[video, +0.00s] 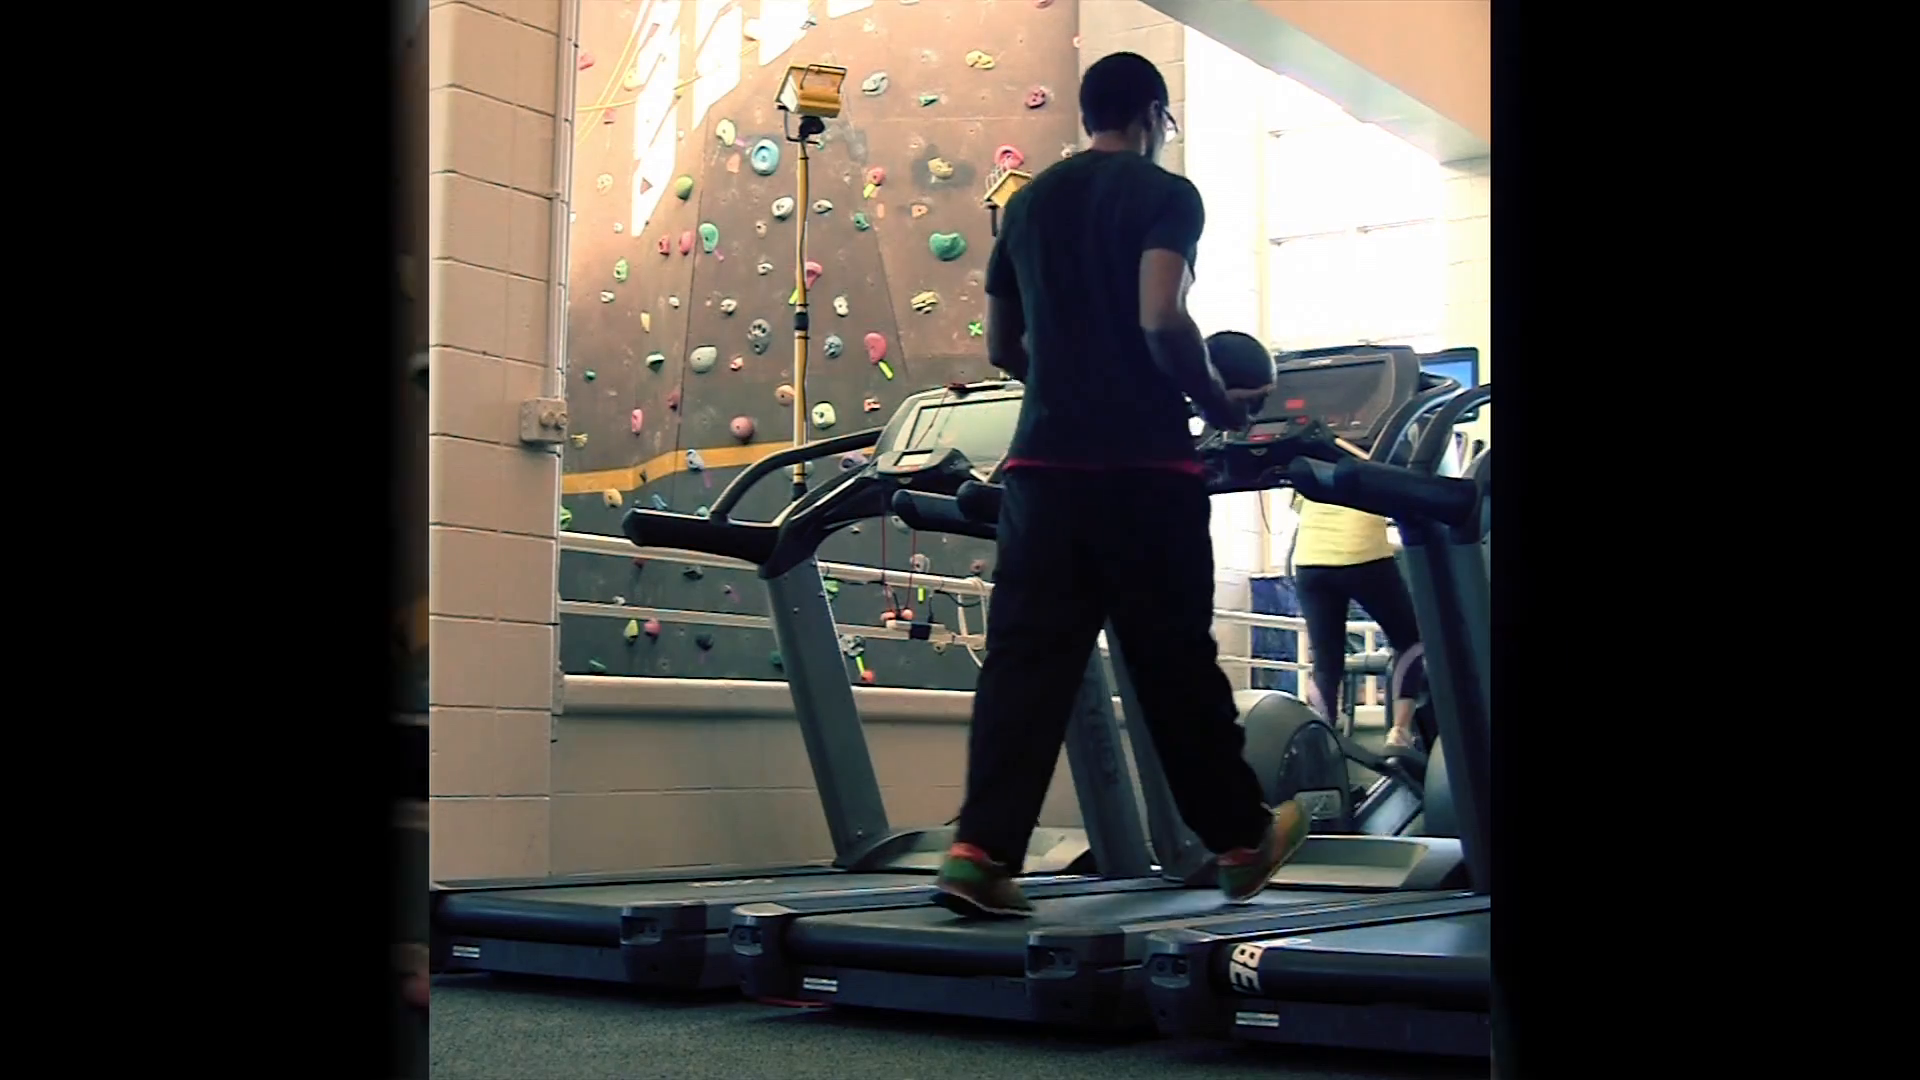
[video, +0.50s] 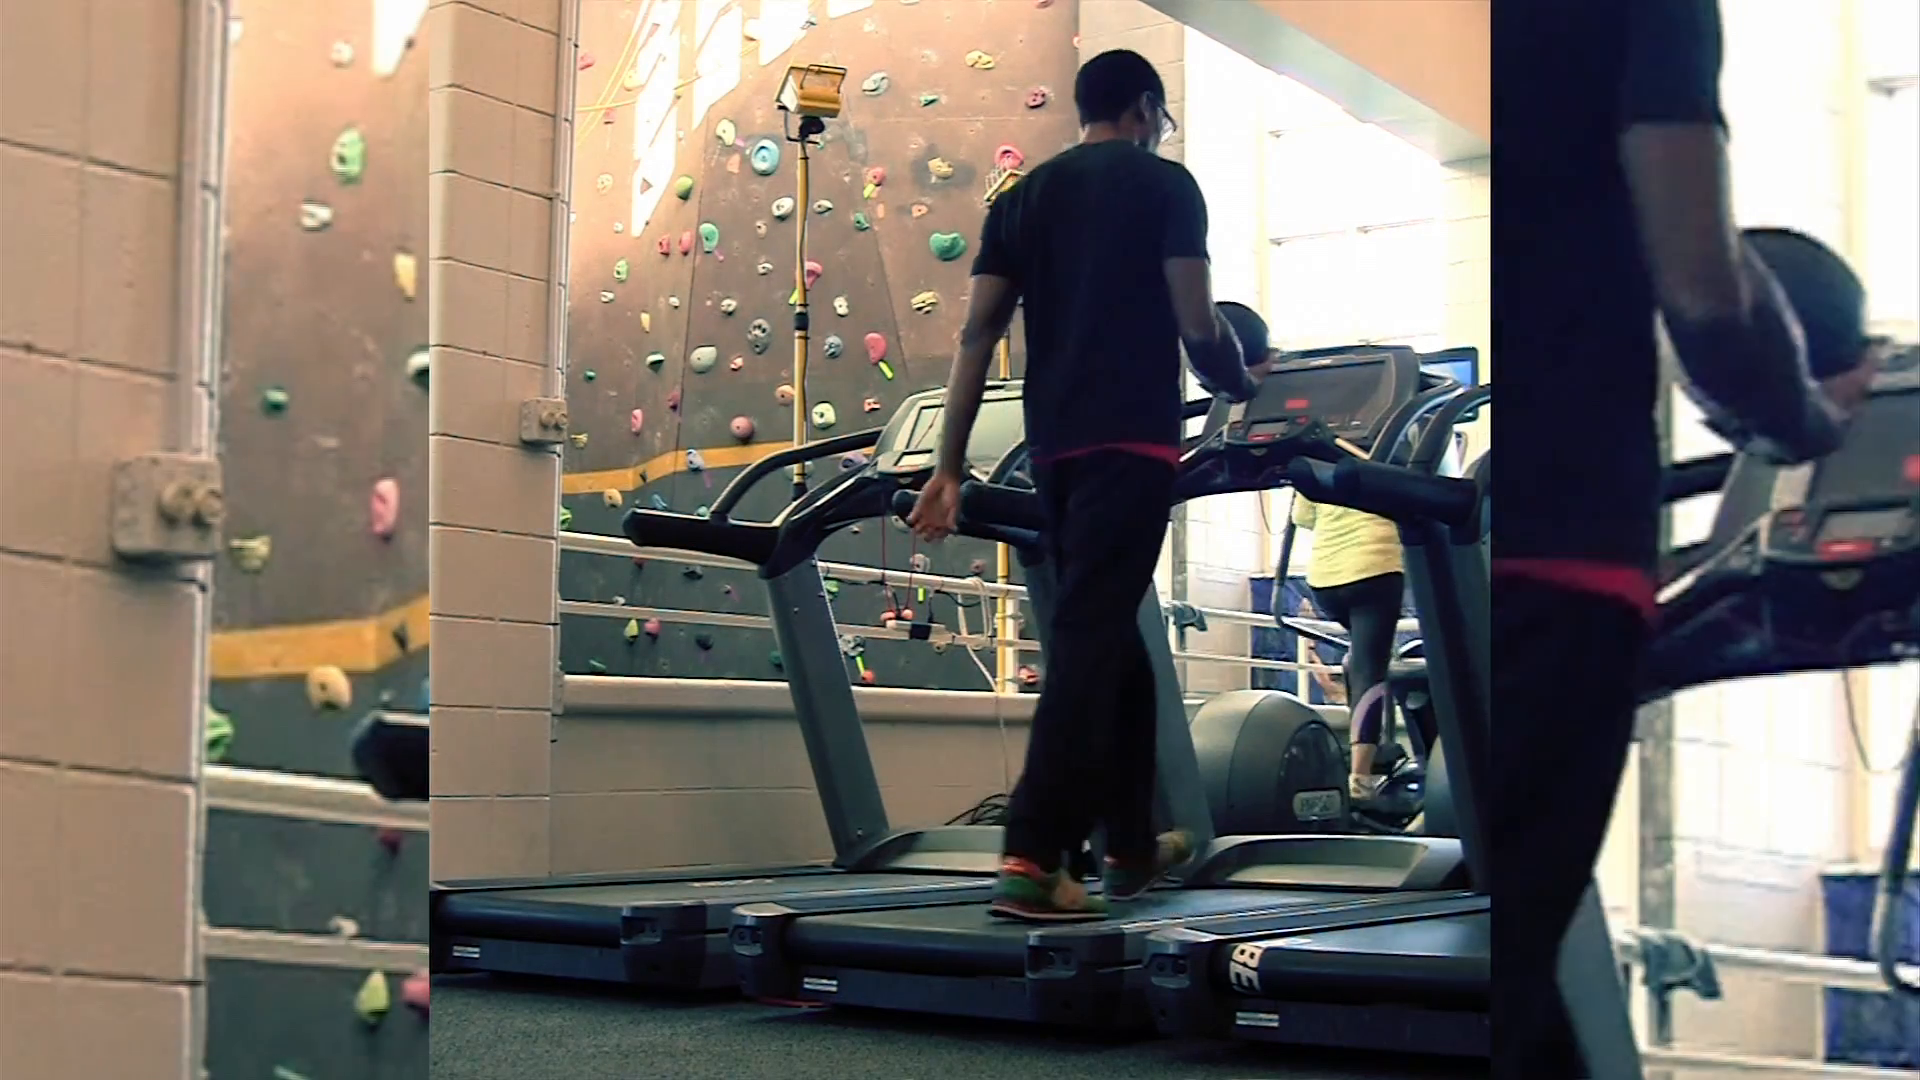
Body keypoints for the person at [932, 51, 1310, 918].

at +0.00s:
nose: (1169, 133)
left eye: (1164, 123)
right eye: (1168, 122)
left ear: (1085, 118)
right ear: (1154, 117)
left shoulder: (1023, 202)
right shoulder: (1166, 192)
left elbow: (1005, 347)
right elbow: (1160, 319)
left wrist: (1078, 382)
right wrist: (1218, 400)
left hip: (1043, 475)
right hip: (1146, 475)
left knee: (1022, 661)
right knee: (1175, 659)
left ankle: (980, 852)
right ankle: (1241, 841)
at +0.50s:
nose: (1162, 132)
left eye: (1161, 121)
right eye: (1161, 118)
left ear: (1081, 112)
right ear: (1143, 111)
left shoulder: (1020, 197)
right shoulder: (1165, 182)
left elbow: (977, 338)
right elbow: (1197, 331)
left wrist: (947, 464)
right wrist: (1240, 388)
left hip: (1053, 450)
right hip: (1136, 445)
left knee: (1110, 643)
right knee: (1086, 645)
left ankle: (1132, 849)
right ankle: (1032, 859)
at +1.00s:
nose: (1234, 150)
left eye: (1237, 138)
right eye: (1220, 132)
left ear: (1169, 142)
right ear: (1167, 131)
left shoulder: (1101, 205)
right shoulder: (1170, 189)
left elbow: (978, 270)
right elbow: (1079, 235)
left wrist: (964, 366)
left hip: (1052, 475)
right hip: (1133, 474)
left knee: (1029, 654)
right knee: (1204, 647)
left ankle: (942, 848)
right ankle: (1189, 853)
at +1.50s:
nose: (1107, 4)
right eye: (1097, 0)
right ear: (1090, 3)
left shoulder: (1222, 52)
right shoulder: (1057, 60)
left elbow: (1318, 122)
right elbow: (988, 165)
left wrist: (1370, 115)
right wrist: (970, 221)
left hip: (1174, 329)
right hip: (1071, 309)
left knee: (1167, 531)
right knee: (1023, 433)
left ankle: (1192, 718)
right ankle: (1004, 626)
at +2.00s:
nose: (1032, 128)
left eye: (1037, 109)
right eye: (1031, 112)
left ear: (1073, 100)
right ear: (1117, 103)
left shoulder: (1094, 190)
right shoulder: (1190, 191)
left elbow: (1065, 342)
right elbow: (1252, 316)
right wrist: (1181, 371)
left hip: (1111, 448)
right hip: (1193, 447)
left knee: (1048, 628)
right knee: (1182, 631)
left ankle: (1034, 859)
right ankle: (1214, 845)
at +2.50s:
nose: (1042, 158)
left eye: (1050, 141)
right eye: (1042, 142)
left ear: (1093, 136)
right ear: (1124, 141)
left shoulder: (1078, 220)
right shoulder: (1213, 230)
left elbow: (1055, 362)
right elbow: (1213, 378)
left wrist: (930, 364)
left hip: (1110, 469)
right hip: (1201, 470)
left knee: (1138, 663)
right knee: (1176, 658)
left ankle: (1215, 850)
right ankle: (1099, 782)